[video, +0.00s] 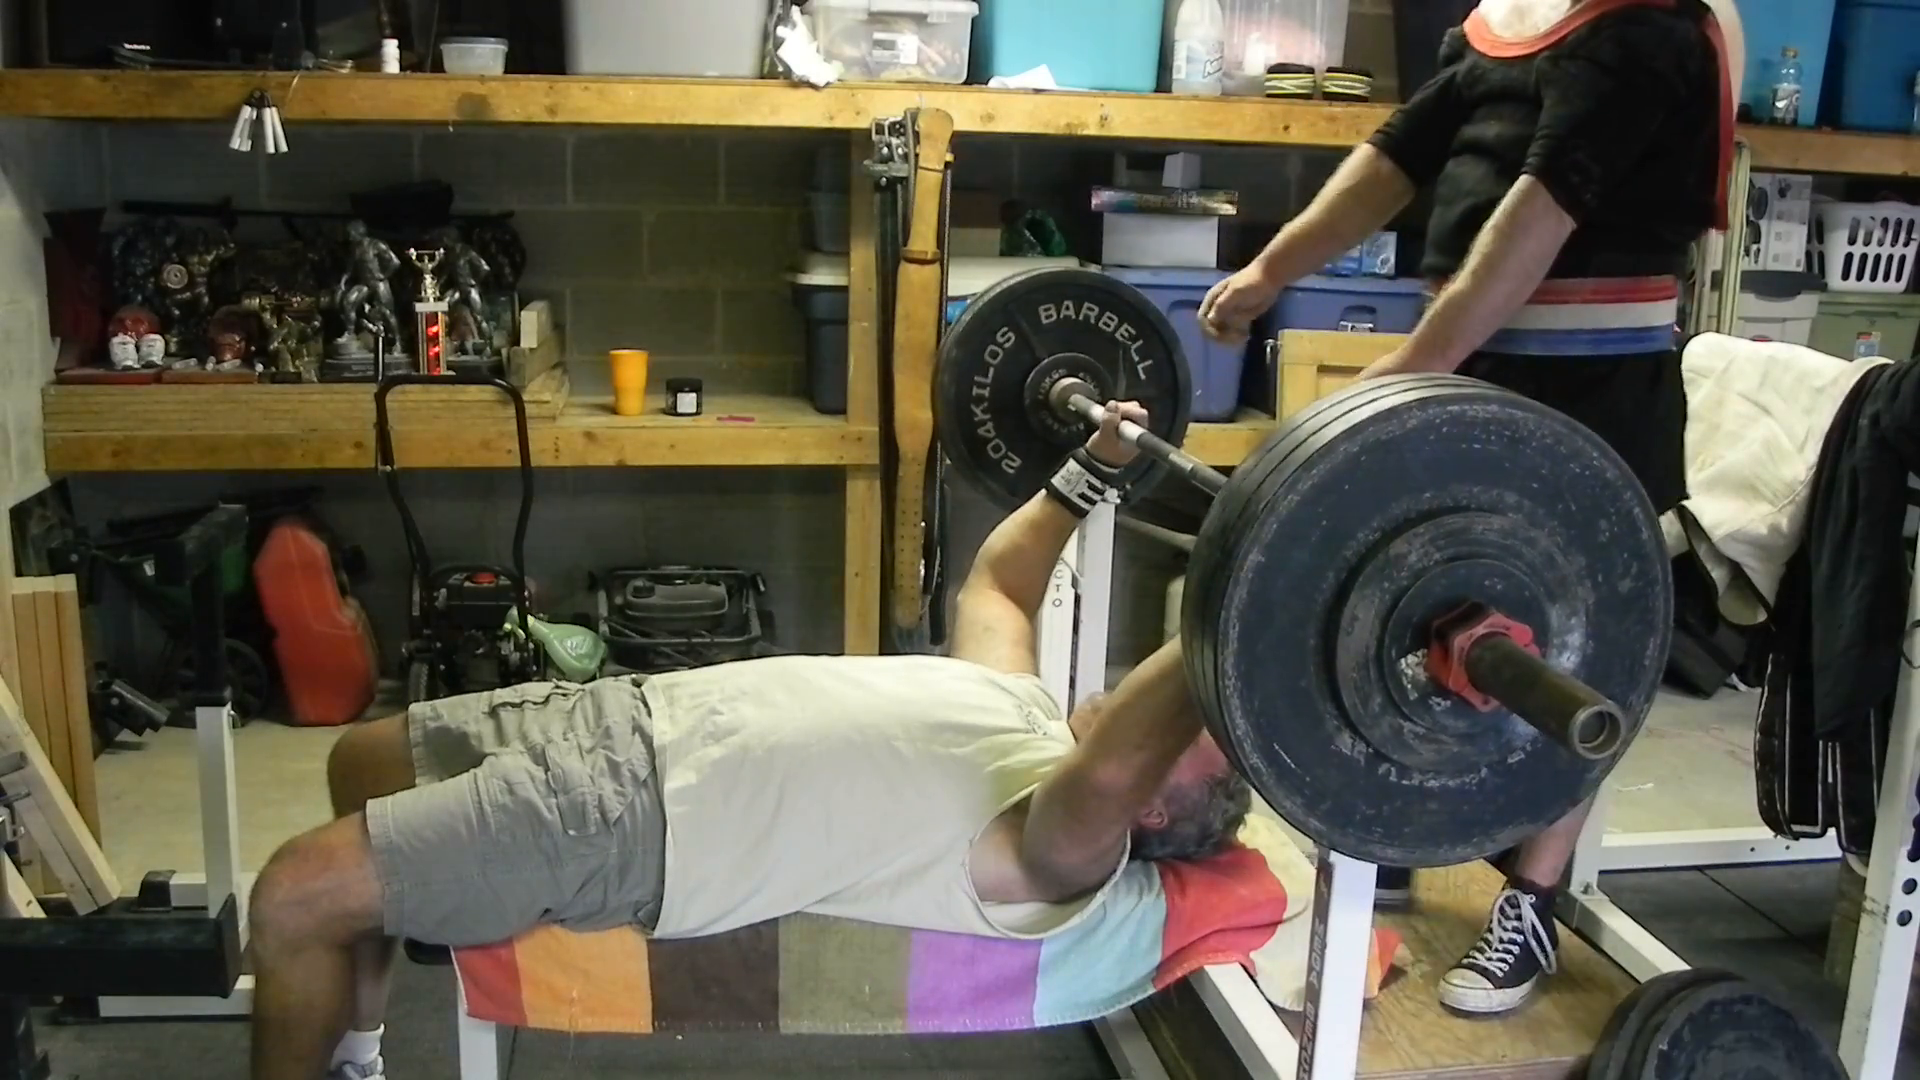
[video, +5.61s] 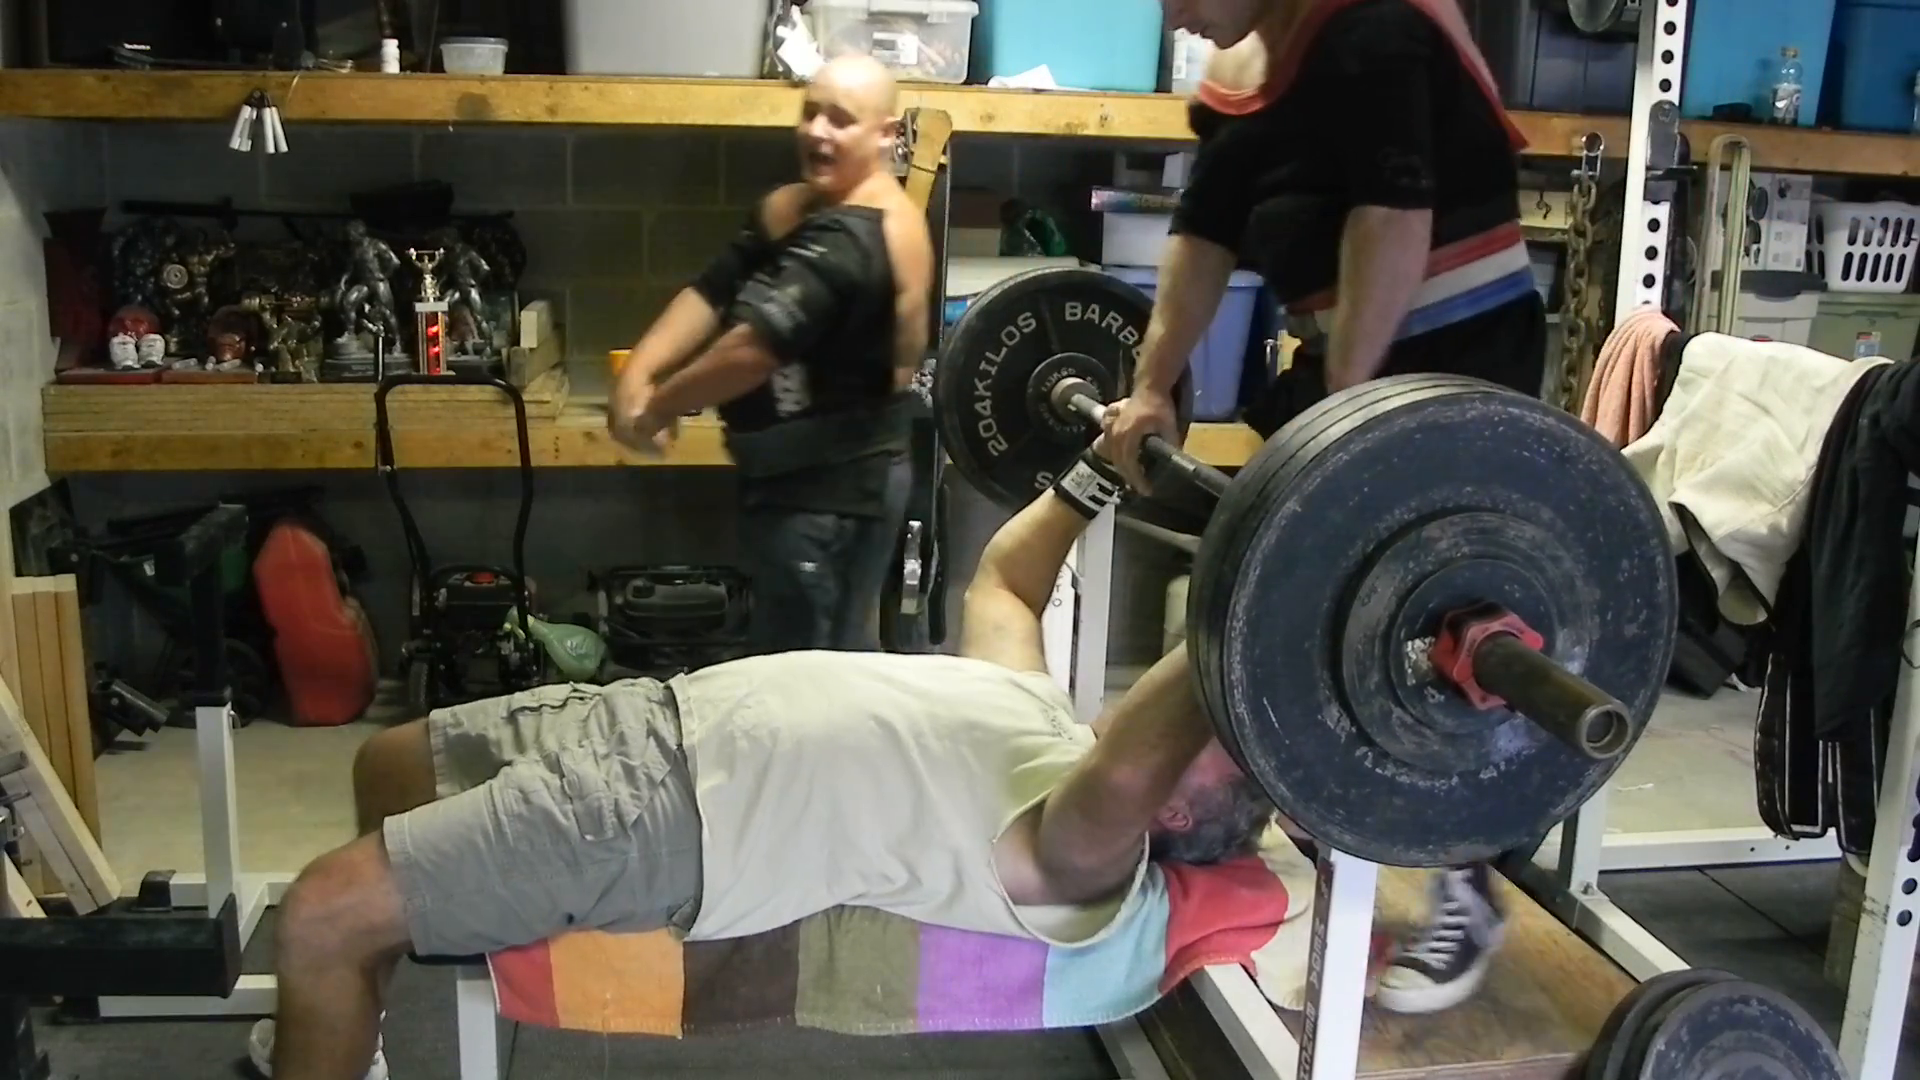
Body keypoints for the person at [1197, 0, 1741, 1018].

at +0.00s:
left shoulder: (1647, 29)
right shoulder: (1499, 27)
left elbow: (1529, 224)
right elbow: (1394, 156)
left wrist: (1394, 383)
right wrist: (1269, 270)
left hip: (1595, 387)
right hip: (1464, 372)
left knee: (1568, 638)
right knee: (1410, 607)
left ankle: (1529, 900)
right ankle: (1378, 839)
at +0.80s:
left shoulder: (1604, 20)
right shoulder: (1468, 33)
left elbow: (1522, 165)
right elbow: (1366, 161)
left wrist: (1373, 235)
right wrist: (1201, 185)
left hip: (1579, 373)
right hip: (1461, 359)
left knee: (1559, 632)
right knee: (1431, 598)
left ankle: (1532, 894)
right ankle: (1442, 833)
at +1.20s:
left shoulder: (1587, 18)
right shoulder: (1430, 28)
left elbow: (1510, 151)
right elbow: (1330, 165)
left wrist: (1371, 75)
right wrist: (1196, 79)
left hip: (1546, 368)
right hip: (1417, 357)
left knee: (1535, 629)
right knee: (1409, 605)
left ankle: (1526, 891)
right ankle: (1439, 832)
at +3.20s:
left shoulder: (1648, 19)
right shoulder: (1528, 17)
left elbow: (1528, 168)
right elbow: (1468, 142)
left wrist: (1355, 76)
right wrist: (1344, 71)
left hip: (1612, 380)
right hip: (1502, 369)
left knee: (1590, 655)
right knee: (1464, 616)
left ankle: (1540, 915)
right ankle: (1446, 845)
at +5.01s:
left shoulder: (1584, 32)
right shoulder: (1469, 34)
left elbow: (1491, 193)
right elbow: (1373, 129)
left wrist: (1305, 228)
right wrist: (1225, 98)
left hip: (1553, 385)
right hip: (1436, 370)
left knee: (1554, 650)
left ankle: (1535, 918)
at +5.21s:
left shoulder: (1511, 26)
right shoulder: (1395, 30)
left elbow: (1467, 214)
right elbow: (1306, 166)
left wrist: (1353, 377)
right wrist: (1170, 239)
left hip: (1518, 374)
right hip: (1413, 370)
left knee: (1526, 637)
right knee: (1366, 611)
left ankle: (1530, 916)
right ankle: (1332, 817)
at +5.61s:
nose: (1172, 13)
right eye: (1170, 6)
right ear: (1223, 1)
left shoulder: (1378, 33)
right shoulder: (1243, 85)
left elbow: (1393, 225)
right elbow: (1204, 234)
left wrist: (1340, 407)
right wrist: (1154, 385)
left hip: (1462, 339)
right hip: (1346, 351)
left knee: (1464, 619)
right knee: (1324, 603)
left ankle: (1468, 888)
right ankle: (1335, 856)